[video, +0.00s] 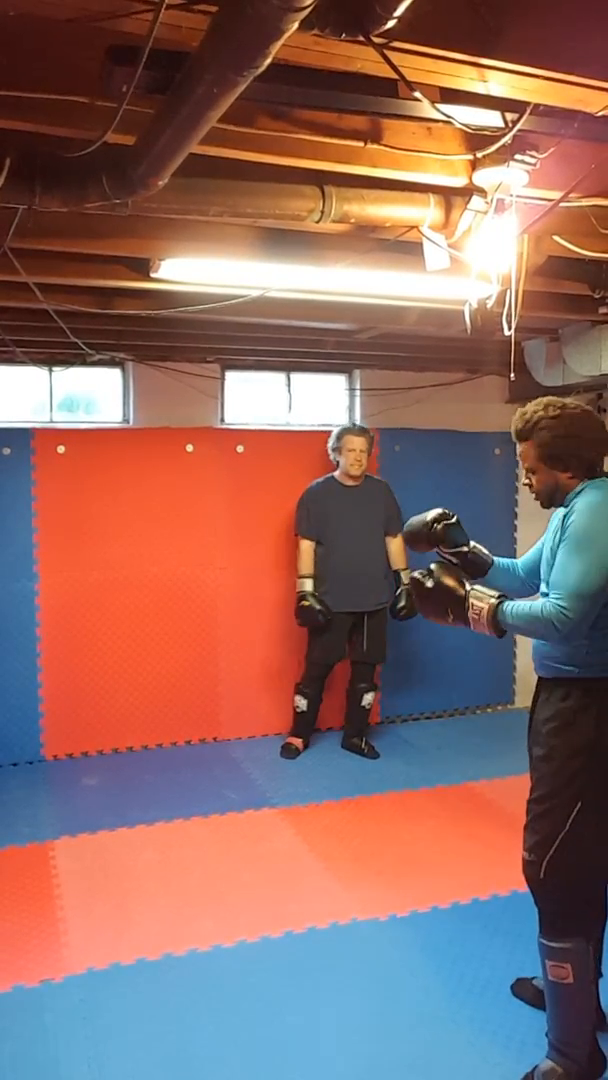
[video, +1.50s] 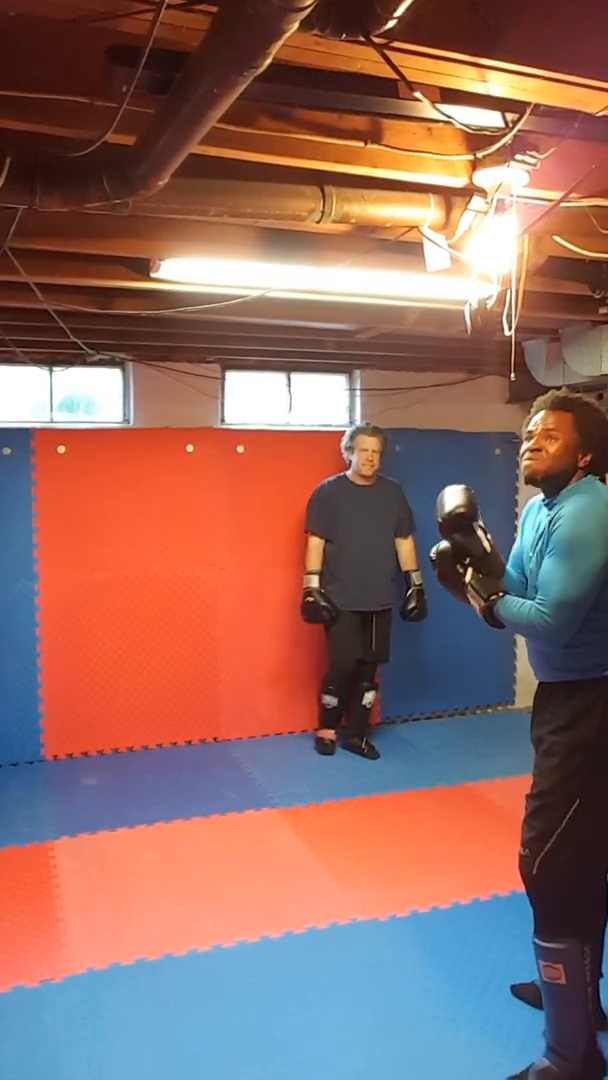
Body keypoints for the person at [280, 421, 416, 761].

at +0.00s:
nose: (358, 457)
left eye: (363, 452)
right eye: (351, 451)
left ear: (370, 455)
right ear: (336, 454)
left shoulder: (381, 491)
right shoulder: (316, 495)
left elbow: (394, 539)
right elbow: (307, 545)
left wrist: (404, 583)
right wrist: (306, 593)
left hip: (374, 601)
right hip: (331, 601)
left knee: (366, 671)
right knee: (316, 670)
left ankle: (355, 735)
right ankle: (300, 733)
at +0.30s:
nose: (368, 457)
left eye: (373, 452)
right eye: (361, 452)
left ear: (378, 455)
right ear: (345, 454)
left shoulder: (388, 491)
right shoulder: (325, 493)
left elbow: (401, 538)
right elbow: (315, 544)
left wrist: (413, 580)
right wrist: (313, 592)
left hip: (379, 602)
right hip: (338, 601)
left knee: (368, 672)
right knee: (323, 669)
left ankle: (356, 735)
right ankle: (300, 732)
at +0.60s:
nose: (373, 457)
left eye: (378, 451)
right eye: (366, 451)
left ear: (383, 455)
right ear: (350, 453)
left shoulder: (391, 492)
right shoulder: (329, 491)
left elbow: (400, 540)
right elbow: (317, 541)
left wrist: (410, 580)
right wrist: (317, 590)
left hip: (379, 600)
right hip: (340, 599)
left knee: (366, 669)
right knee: (329, 666)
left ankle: (355, 735)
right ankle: (300, 732)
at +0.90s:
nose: (379, 459)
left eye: (384, 453)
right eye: (373, 452)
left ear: (388, 456)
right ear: (356, 453)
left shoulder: (393, 494)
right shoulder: (331, 491)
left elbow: (401, 543)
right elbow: (318, 539)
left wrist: (408, 587)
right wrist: (317, 587)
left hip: (379, 600)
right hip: (340, 598)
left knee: (367, 668)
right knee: (328, 665)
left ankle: (355, 735)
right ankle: (302, 732)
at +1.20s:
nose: (378, 457)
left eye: (383, 452)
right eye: (371, 451)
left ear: (388, 456)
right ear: (355, 453)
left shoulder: (395, 494)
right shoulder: (332, 490)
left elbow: (404, 542)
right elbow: (318, 539)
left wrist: (413, 587)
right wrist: (315, 587)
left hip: (379, 601)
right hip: (338, 599)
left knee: (366, 670)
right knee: (326, 667)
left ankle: (355, 736)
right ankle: (301, 732)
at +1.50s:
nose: (370, 458)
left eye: (376, 452)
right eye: (364, 451)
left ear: (381, 456)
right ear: (349, 453)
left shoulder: (392, 492)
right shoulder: (327, 493)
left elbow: (405, 540)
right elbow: (316, 542)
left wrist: (415, 584)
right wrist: (312, 588)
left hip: (380, 599)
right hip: (340, 598)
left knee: (370, 667)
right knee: (344, 664)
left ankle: (356, 734)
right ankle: (327, 729)